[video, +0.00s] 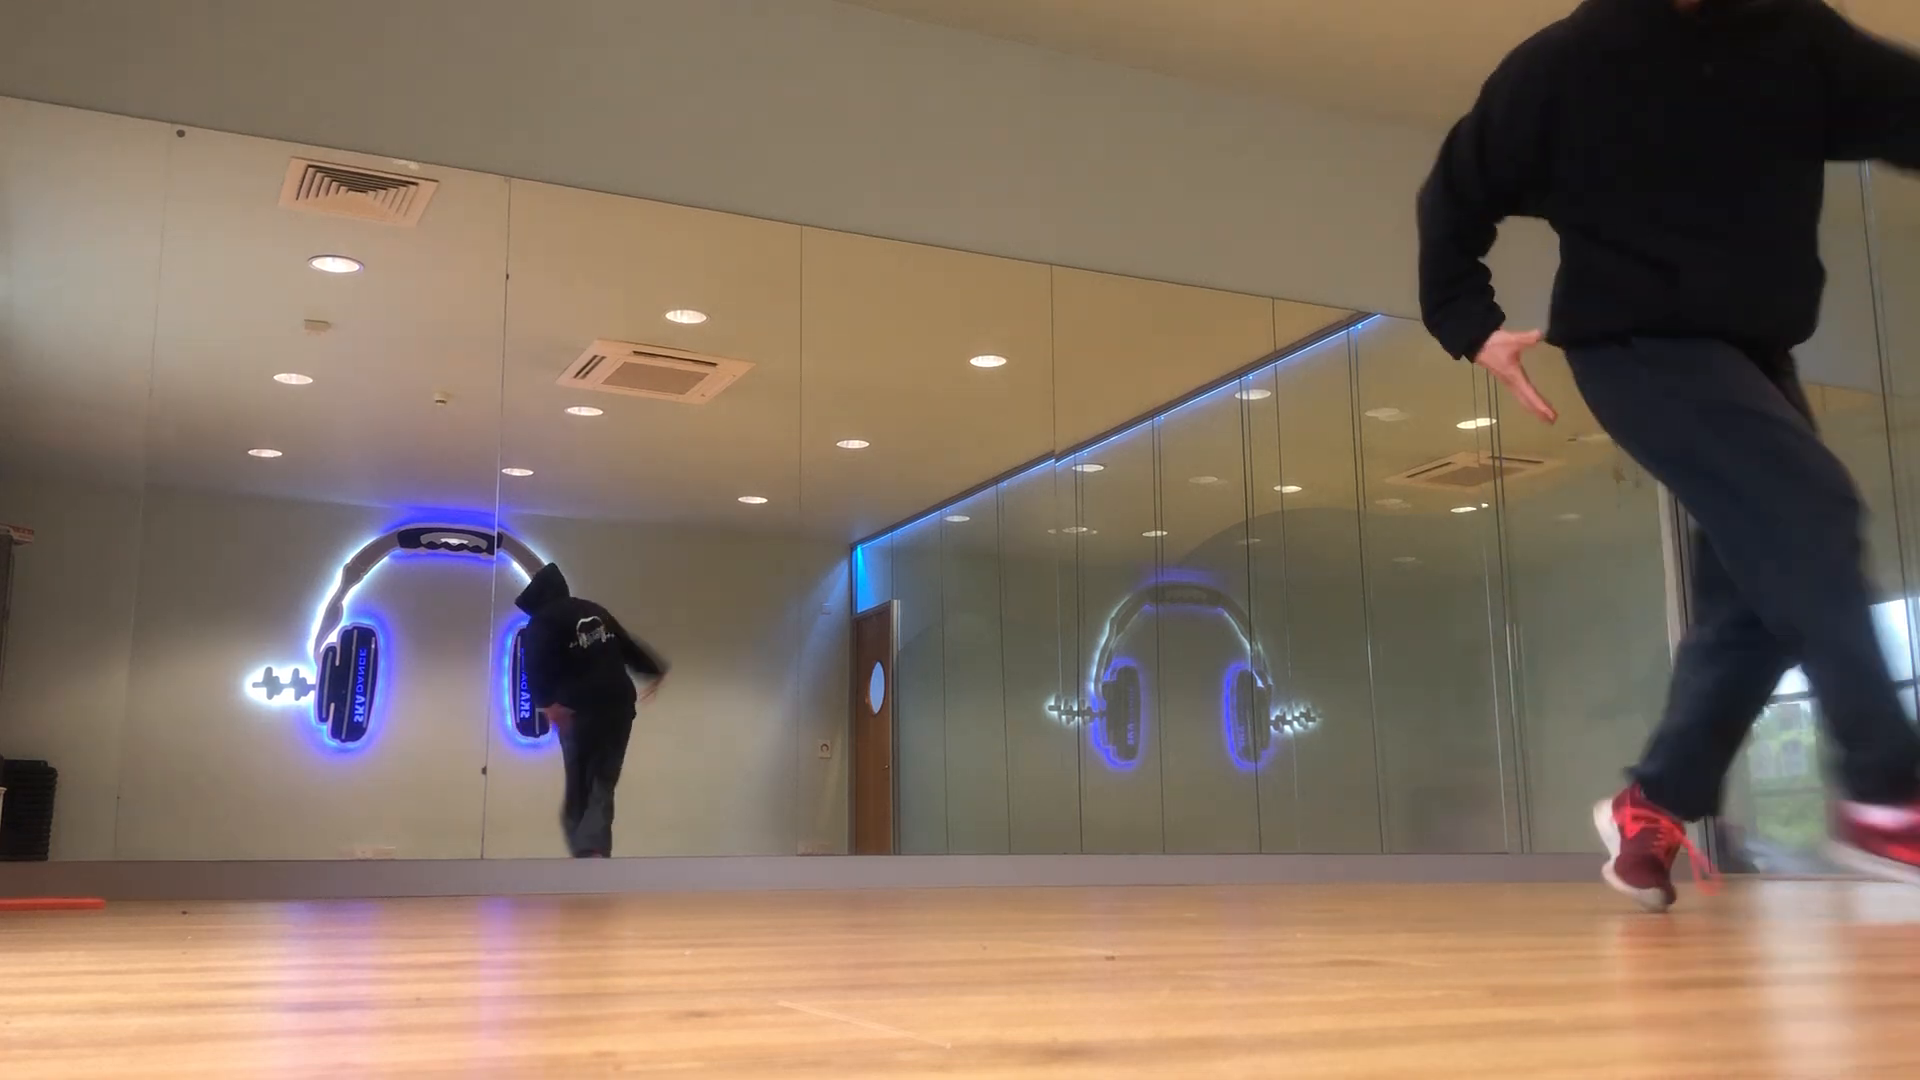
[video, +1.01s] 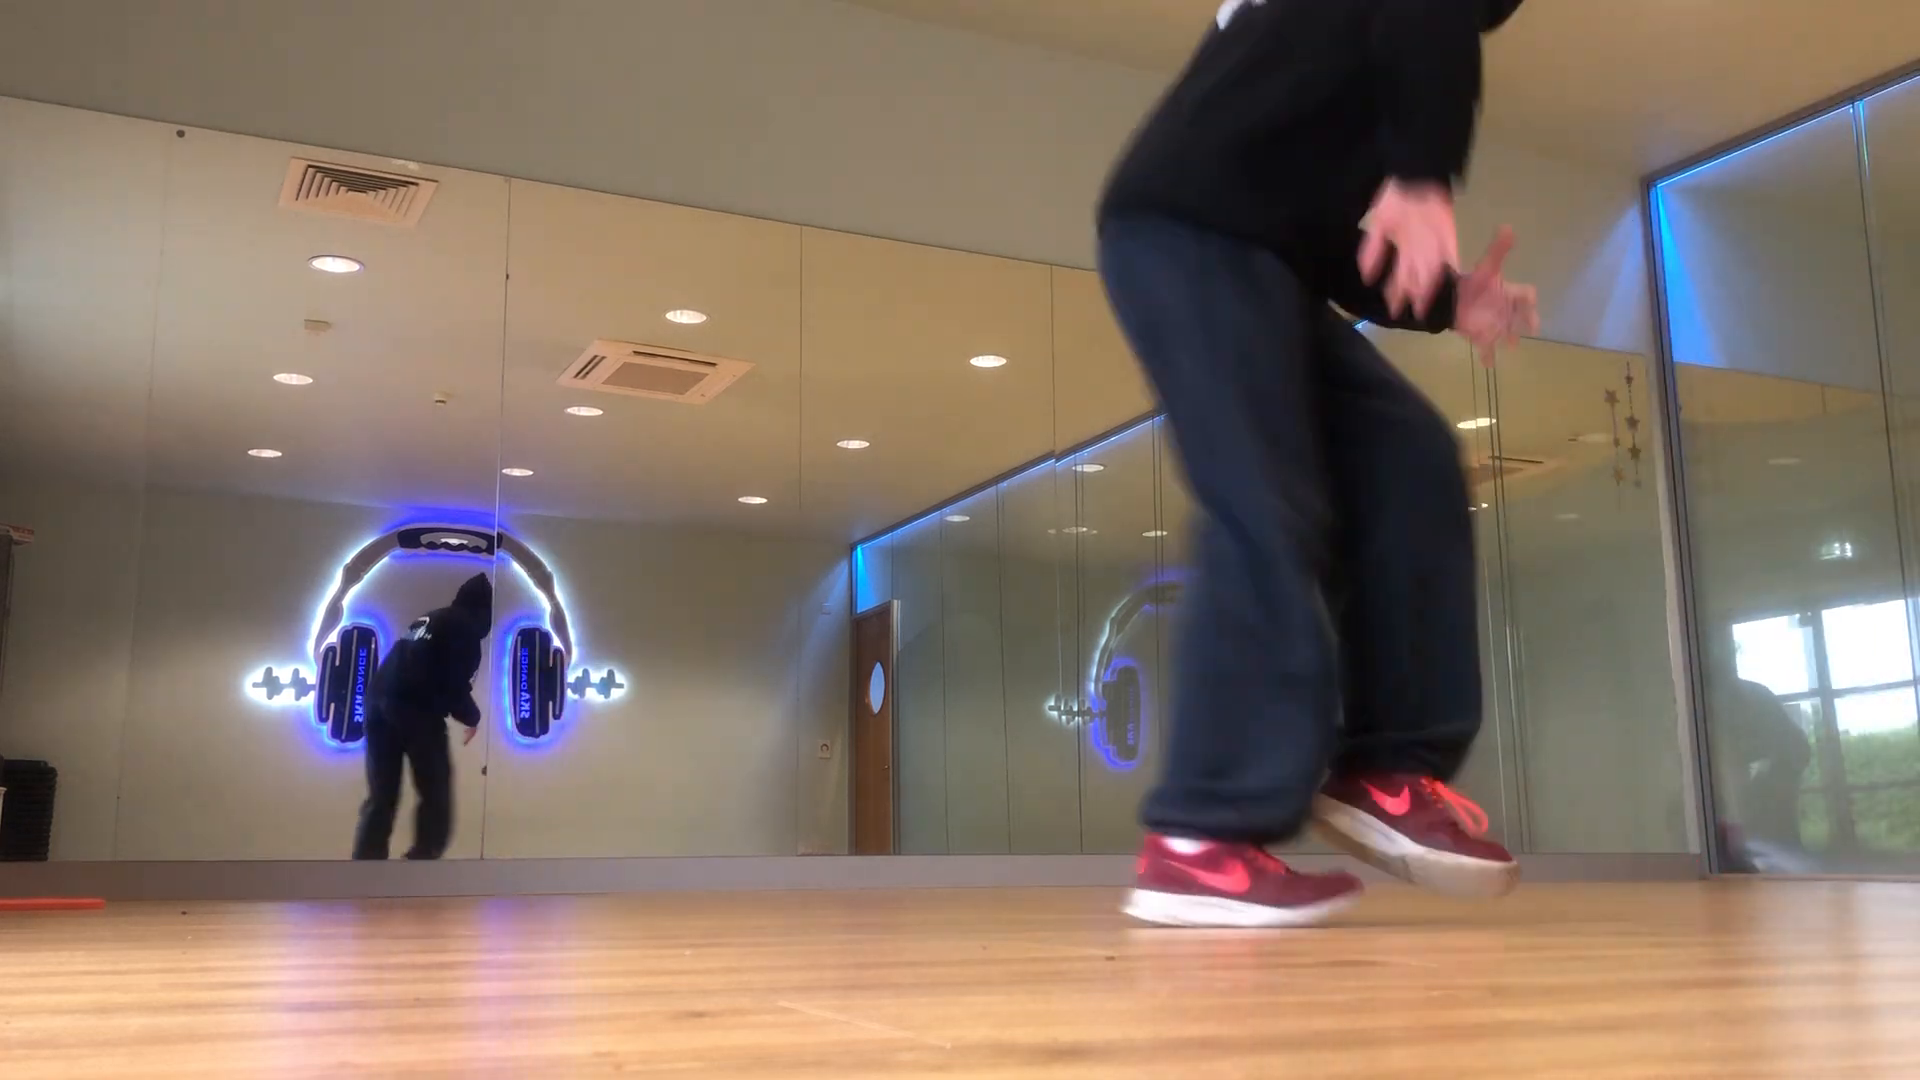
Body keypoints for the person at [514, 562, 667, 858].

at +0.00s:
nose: (527, 610)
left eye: (529, 603)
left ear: (536, 598)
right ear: (562, 589)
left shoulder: (539, 624)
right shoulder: (592, 609)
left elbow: (536, 666)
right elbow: (623, 644)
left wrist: (546, 702)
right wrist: (655, 669)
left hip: (574, 703)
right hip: (618, 699)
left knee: (578, 774)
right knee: (605, 776)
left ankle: (582, 846)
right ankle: (596, 847)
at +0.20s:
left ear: (541, 603)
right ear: (574, 596)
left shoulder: (529, 638)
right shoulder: (600, 622)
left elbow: (524, 696)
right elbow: (655, 636)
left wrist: (544, 739)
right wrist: (666, 668)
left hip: (563, 731)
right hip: (606, 723)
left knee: (593, 807)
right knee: (615, 795)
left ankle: (627, 873)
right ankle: (587, 846)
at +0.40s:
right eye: (577, 596)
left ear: (545, 597)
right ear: (575, 596)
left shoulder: (526, 630)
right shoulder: (577, 621)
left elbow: (502, 688)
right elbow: (571, 655)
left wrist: (523, 708)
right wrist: (541, 680)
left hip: (529, 723)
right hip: (566, 715)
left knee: (570, 771)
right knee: (589, 796)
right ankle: (584, 869)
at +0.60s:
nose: (550, 581)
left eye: (548, 574)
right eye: (547, 574)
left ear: (517, 570)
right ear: (538, 573)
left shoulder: (506, 600)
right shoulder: (524, 604)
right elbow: (528, 653)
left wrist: (554, 658)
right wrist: (557, 655)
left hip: (491, 703)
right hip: (514, 706)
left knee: (495, 784)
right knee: (531, 784)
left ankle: (415, 833)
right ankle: (510, 859)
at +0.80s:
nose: (509, 623)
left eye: (511, 616)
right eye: (509, 616)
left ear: (483, 602)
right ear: (500, 609)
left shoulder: (458, 627)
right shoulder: (477, 630)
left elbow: (452, 680)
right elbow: (471, 675)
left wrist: (480, 705)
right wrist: (485, 703)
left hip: (417, 727)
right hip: (445, 726)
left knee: (433, 805)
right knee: (494, 785)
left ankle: (383, 869)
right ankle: (490, 868)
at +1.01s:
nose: (489, 618)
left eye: (489, 611)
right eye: (488, 611)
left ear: (459, 599)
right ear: (483, 606)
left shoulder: (429, 618)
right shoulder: (465, 627)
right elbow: (452, 683)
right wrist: (472, 717)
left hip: (379, 709)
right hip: (420, 713)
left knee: (382, 794)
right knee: (436, 792)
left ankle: (365, 867)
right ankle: (422, 862)